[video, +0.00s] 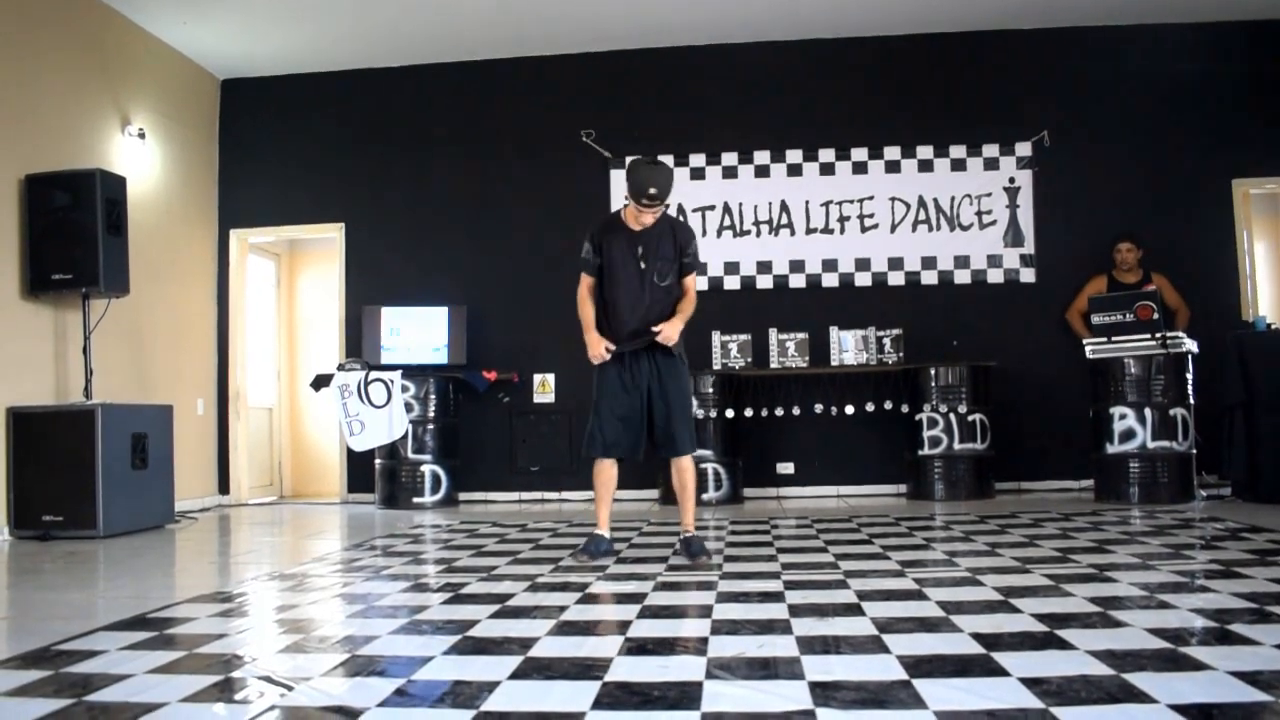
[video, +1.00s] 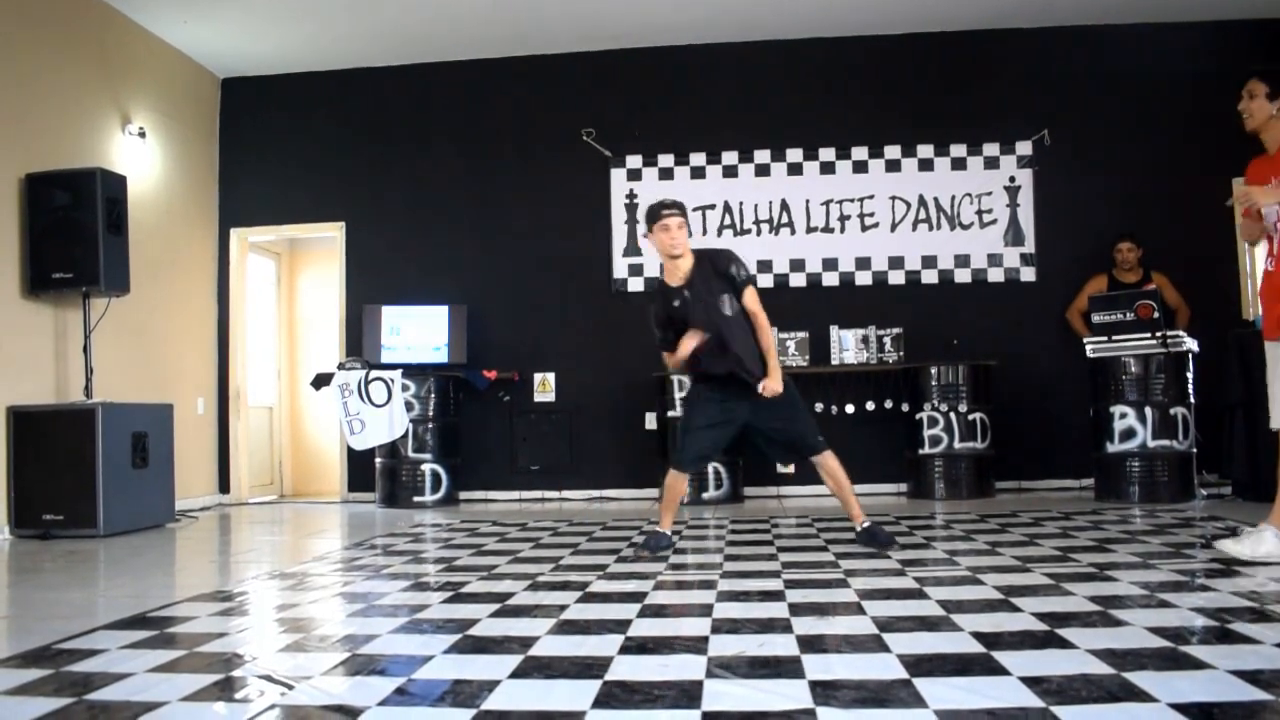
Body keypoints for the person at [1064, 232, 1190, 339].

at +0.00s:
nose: (1124, 257)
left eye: (1129, 251)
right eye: (1119, 252)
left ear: (1139, 253)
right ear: (1113, 256)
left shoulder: (1156, 280)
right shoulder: (1100, 283)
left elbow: (1181, 310)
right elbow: (1072, 314)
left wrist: (1175, 338)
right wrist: (1091, 342)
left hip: (1154, 356)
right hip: (1115, 357)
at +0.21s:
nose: (1124, 256)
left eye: (1129, 250)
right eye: (1119, 251)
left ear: (1139, 253)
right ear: (1113, 255)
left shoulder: (1155, 280)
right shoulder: (1100, 283)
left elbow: (1181, 310)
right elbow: (1072, 313)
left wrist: (1175, 338)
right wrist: (1090, 340)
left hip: (1153, 355)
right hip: (1114, 356)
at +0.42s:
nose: (1124, 256)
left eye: (1129, 250)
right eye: (1119, 251)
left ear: (1139, 253)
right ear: (1113, 255)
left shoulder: (1156, 280)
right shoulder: (1100, 283)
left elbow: (1181, 309)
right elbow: (1072, 313)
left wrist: (1175, 337)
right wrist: (1090, 340)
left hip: (1154, 354)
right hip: (1115, 355)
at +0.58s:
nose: (1124, 256)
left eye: (1129, 250)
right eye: (1119, 251)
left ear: (1139, 253)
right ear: (1113, 255)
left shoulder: (1156, 280)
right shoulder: (1100, 283)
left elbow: (1181, 309)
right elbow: (1072, 313)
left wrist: (1175, 338)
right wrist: (1090, 341)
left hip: (1154, 355)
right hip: (1115, 356)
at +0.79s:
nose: (1124, 256)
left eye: (1130, 251)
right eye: (1119, 251)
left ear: (1139, 253)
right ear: (1113, 255)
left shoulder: (1156, 280)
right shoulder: (1100, 283)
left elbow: (1182, 309)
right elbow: (1072, 313)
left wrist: (1176, 337)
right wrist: (1090, 341)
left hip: (1154, 355)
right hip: (1116, 356)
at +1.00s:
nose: (1124, 256)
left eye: (1130, 251)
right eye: (1119, 252)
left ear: (1139, 253)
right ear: (1113, 256)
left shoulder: (1155, 280)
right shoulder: (1100, 283)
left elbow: (1181, 309)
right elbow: (1072, 313)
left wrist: (1174, 338)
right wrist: (1090, 341)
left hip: (1154, 355)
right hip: (1115, 357)